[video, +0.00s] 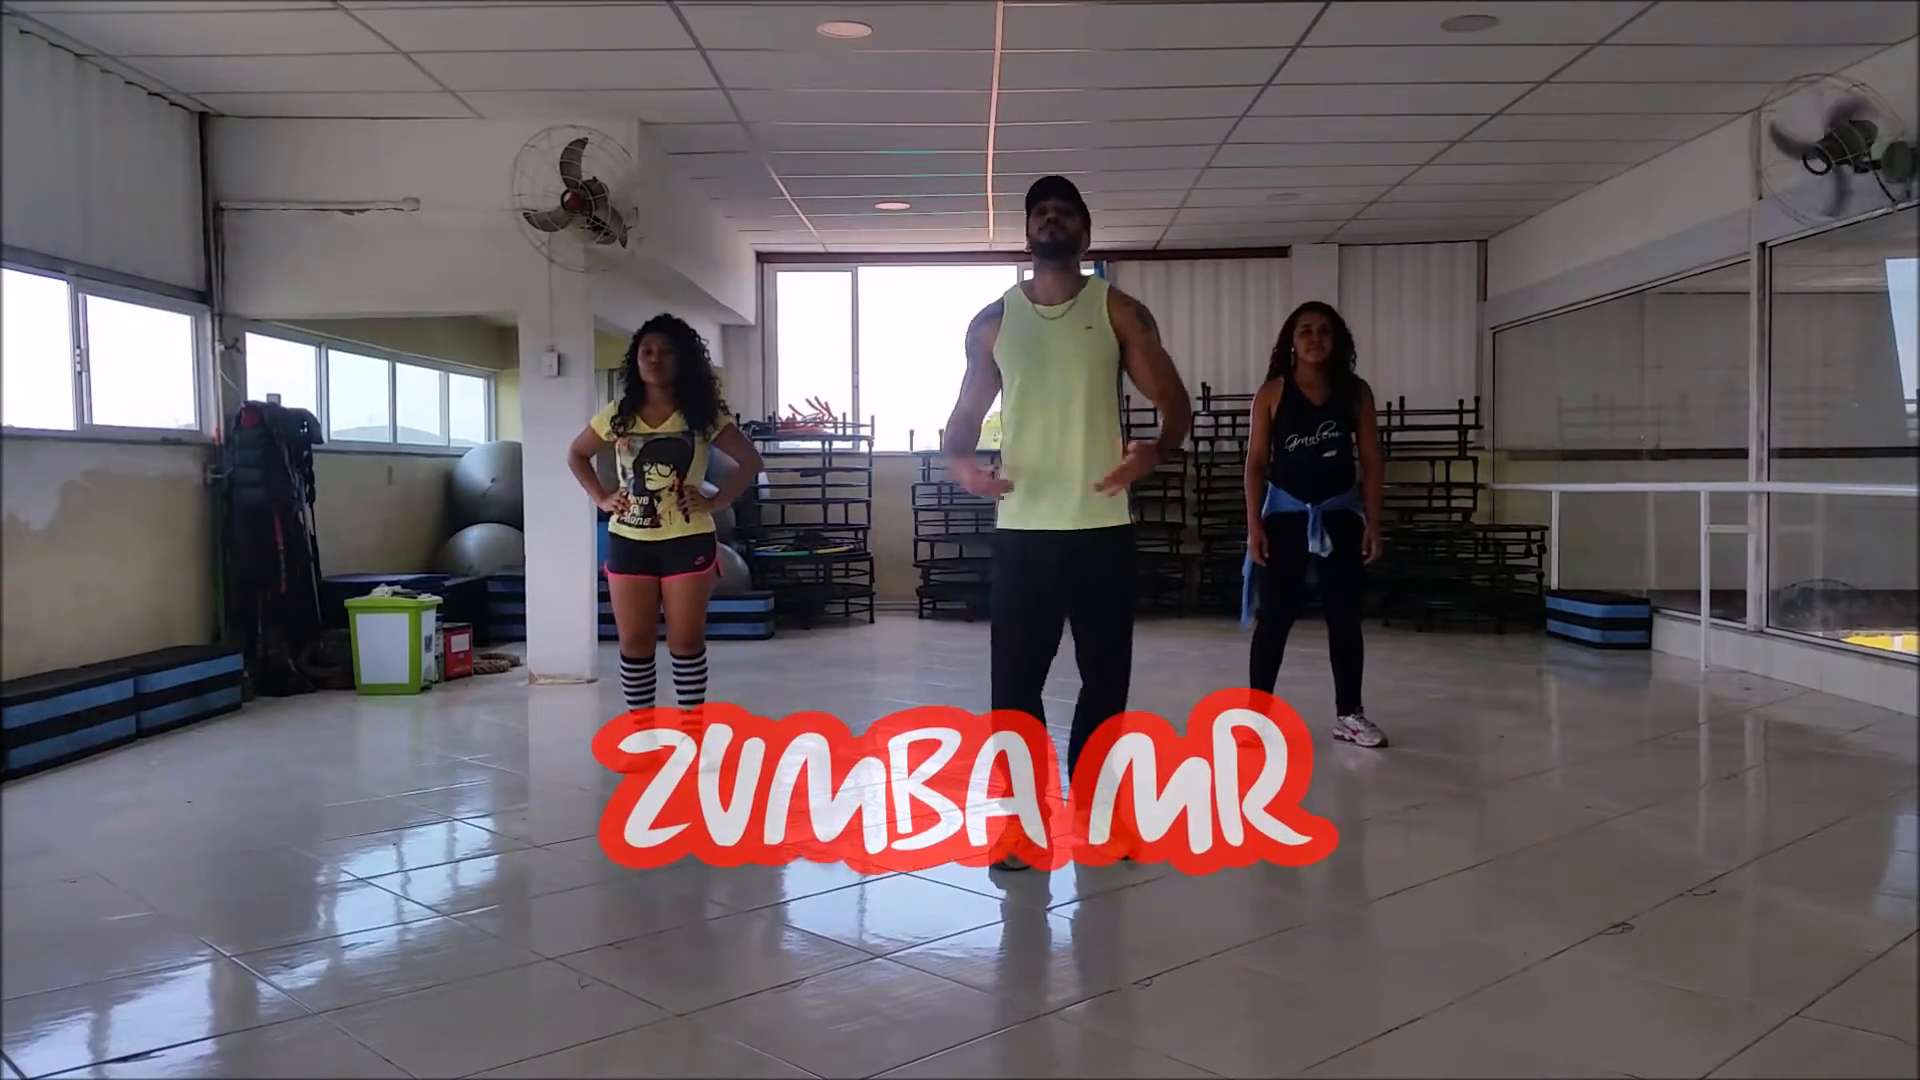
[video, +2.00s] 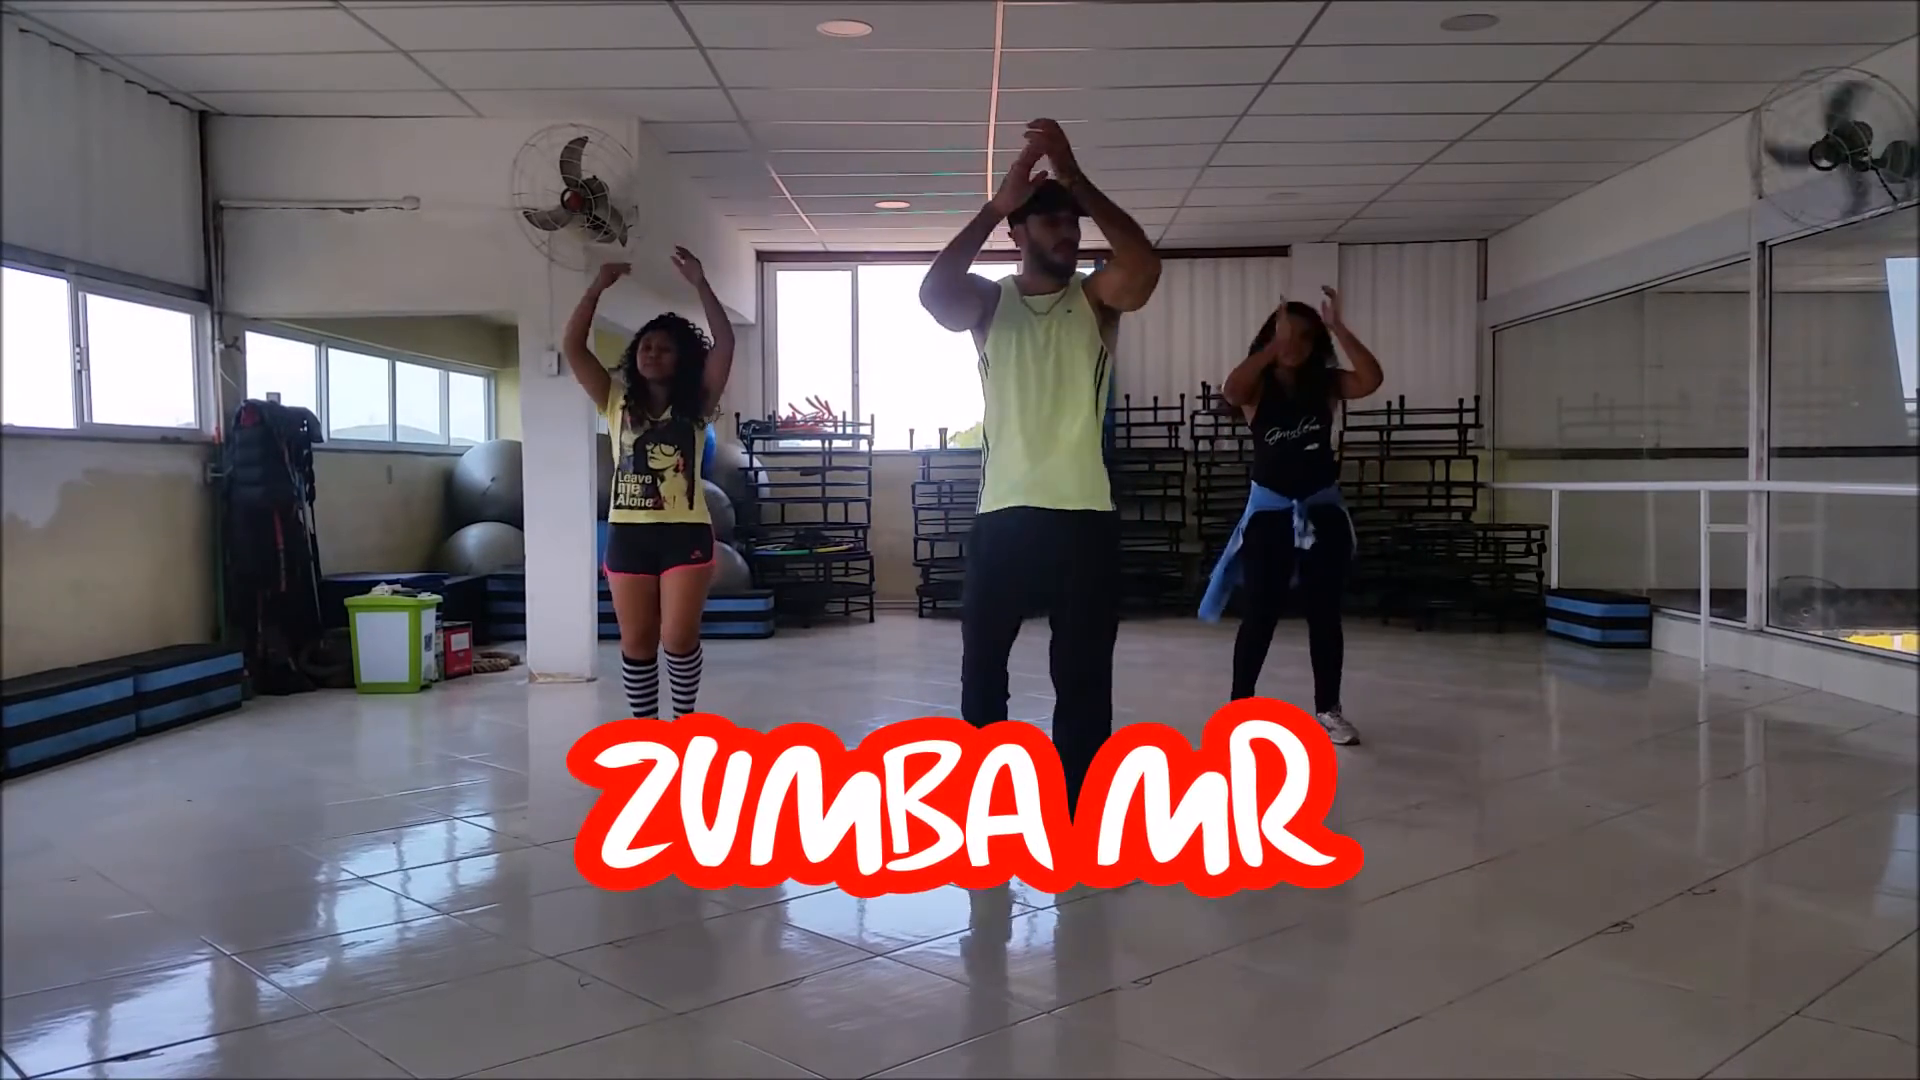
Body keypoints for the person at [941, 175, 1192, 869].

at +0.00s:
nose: (1054, 222)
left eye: (1066, 214)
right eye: (1042, 215)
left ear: (1087, 231)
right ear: (1025, 234)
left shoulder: (1119, 312)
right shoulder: (995, 324)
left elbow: (1175, 403)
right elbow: (964, 422)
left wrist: (1155, 452)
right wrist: (959, 463)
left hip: (1103, 529)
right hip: (1023, 532)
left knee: (1106, 684)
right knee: (1013, 689)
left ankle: (1095, 817)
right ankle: (1016, 828)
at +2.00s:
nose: (1065, 231)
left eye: (1071, 220)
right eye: (1050, 220)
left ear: (1081, 230)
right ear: (1017, 232)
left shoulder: (1097, 297)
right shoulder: (991, 302)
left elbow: (1142, 263)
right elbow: (936, 290)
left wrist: (1076, 180)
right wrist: (998, 208)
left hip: (1086, 518)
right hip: (1006, 517)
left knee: (1084, 684)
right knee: (981, 672)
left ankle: (1080, 822)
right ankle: (981, 810)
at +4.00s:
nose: (1053, 225)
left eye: (1067, 217)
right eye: (1041, 216)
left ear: (1087, 235)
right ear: (1027, 234)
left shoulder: (1112, 298)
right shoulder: (996, 303)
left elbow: (1167, 313)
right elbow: (935, 336)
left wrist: (1123, 226)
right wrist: (967, 235)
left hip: (1095, 523)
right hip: (1012, 520)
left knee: (1102, 691)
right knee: (979, 666)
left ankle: (1086, 827)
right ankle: (983, 803)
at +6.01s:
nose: (1020, 222)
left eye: (1032, 211)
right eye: (1007, 210)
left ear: (1052, 220)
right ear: (989, 220)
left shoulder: (1089, 307)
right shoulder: (950, 308)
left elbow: (1127, 390)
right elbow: (909, 390)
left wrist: (1133, 437)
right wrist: (877, 448)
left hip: (1069, 522)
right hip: (975, 524)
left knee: (1135, 657)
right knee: (923, 668)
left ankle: (1169, 799)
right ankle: (894, 810)